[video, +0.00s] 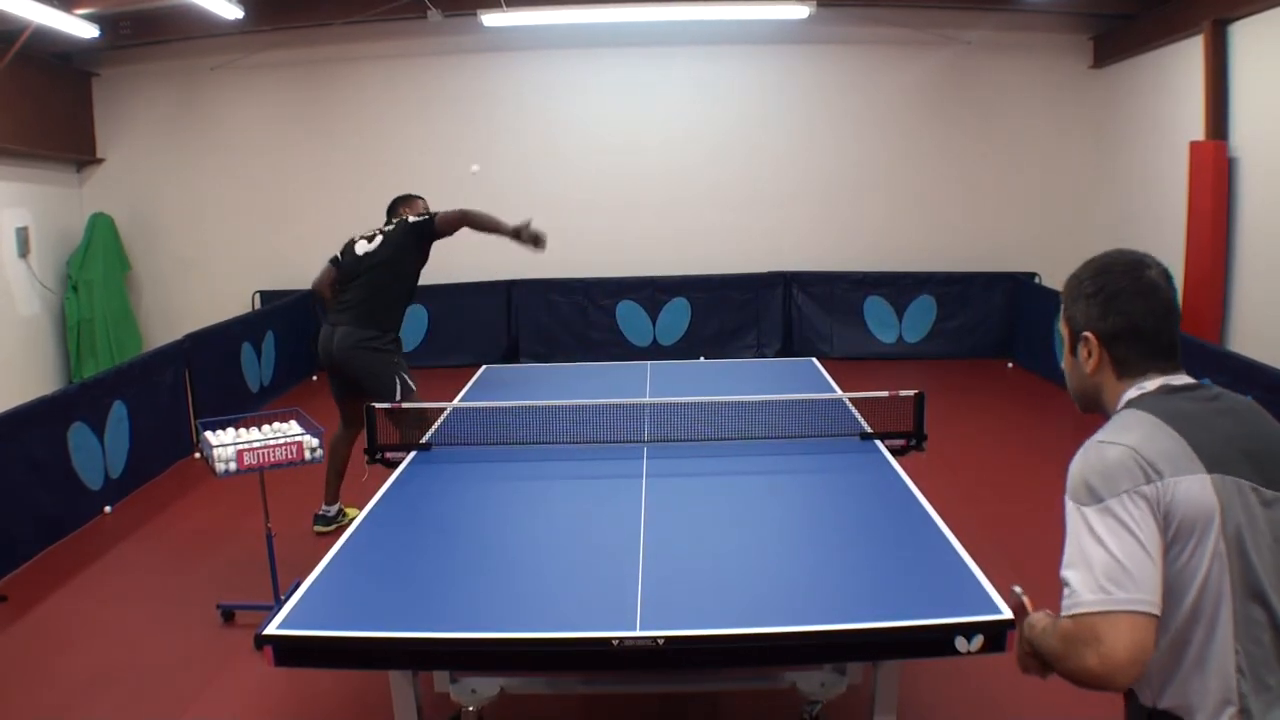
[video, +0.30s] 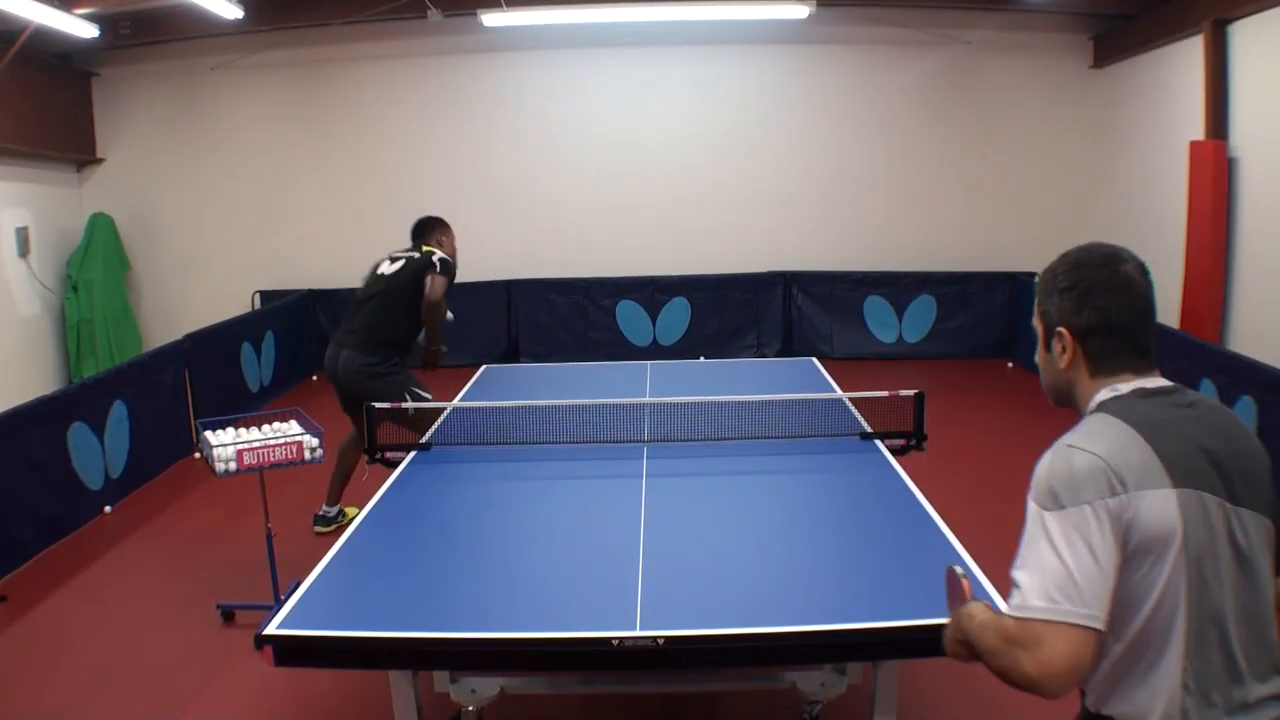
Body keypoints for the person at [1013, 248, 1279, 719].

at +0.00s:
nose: (1064, 362)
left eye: (1064, 345)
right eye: (1063, 344)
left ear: (1090, 351)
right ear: (1169, 336)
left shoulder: (1120, 454)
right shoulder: (1257, 420)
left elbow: (1114, 658)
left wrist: (1041, 632)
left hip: (1188, 707)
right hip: (1269, 700)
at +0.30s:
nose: (1037, 356)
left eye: (1038, 338)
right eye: (1036, 338)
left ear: (1064, 346)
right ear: (1141, 330)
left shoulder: (1087, 459)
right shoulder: (1235, 432)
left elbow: (1052, 665)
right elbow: (1263, 598)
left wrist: (975, 623)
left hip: (1142, 708)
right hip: (1261, 701)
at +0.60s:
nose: (1022, 336)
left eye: (1023, 318)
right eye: (1022, 318)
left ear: (1050, 322)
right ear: (1119, 305)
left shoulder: (1066, 430)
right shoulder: (1213, 401)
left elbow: (957, 594)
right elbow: (1259, 540)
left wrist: (906, 572)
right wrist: (1155, 560)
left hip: (1113, 705)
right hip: (1231, 698)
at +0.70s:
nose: (993, 339)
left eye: (992, 321)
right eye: (991, 321)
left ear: (1018, 322)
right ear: (1086, 306)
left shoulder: (1038, 419)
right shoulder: (1182, 397)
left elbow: (904, 565)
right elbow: (1232, 522)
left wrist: (879, 569)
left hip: (1092, 697)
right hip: (1205, 694)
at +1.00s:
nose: (840, 391)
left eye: (838, 382)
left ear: (845, 385)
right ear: (935, 374)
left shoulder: (821, 471)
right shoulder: (1027, 442)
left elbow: (686, 532)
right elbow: (1144, 545)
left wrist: (764, 511)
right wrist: (1174, 590)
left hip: (910, 706)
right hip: (1045, 703)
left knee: (830, 687)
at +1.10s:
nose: (823, 391)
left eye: (823, 383)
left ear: (830, 394)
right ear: (919, 380)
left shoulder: (797, 472)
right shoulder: (992, 440)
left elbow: (728, 509)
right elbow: (1116, 558)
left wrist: (791, 486)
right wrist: (1152, 607)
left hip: (883, 712)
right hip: (1024, 706)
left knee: (821, 693)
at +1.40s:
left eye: (895, 353)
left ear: (902, 363)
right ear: (998, 353)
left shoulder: (873, 454)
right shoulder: (1077, 439)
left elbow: (782, 518)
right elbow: (1189, 579)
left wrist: (856, 493)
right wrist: (1164, 618)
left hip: (933, 706)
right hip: (1070, 704)